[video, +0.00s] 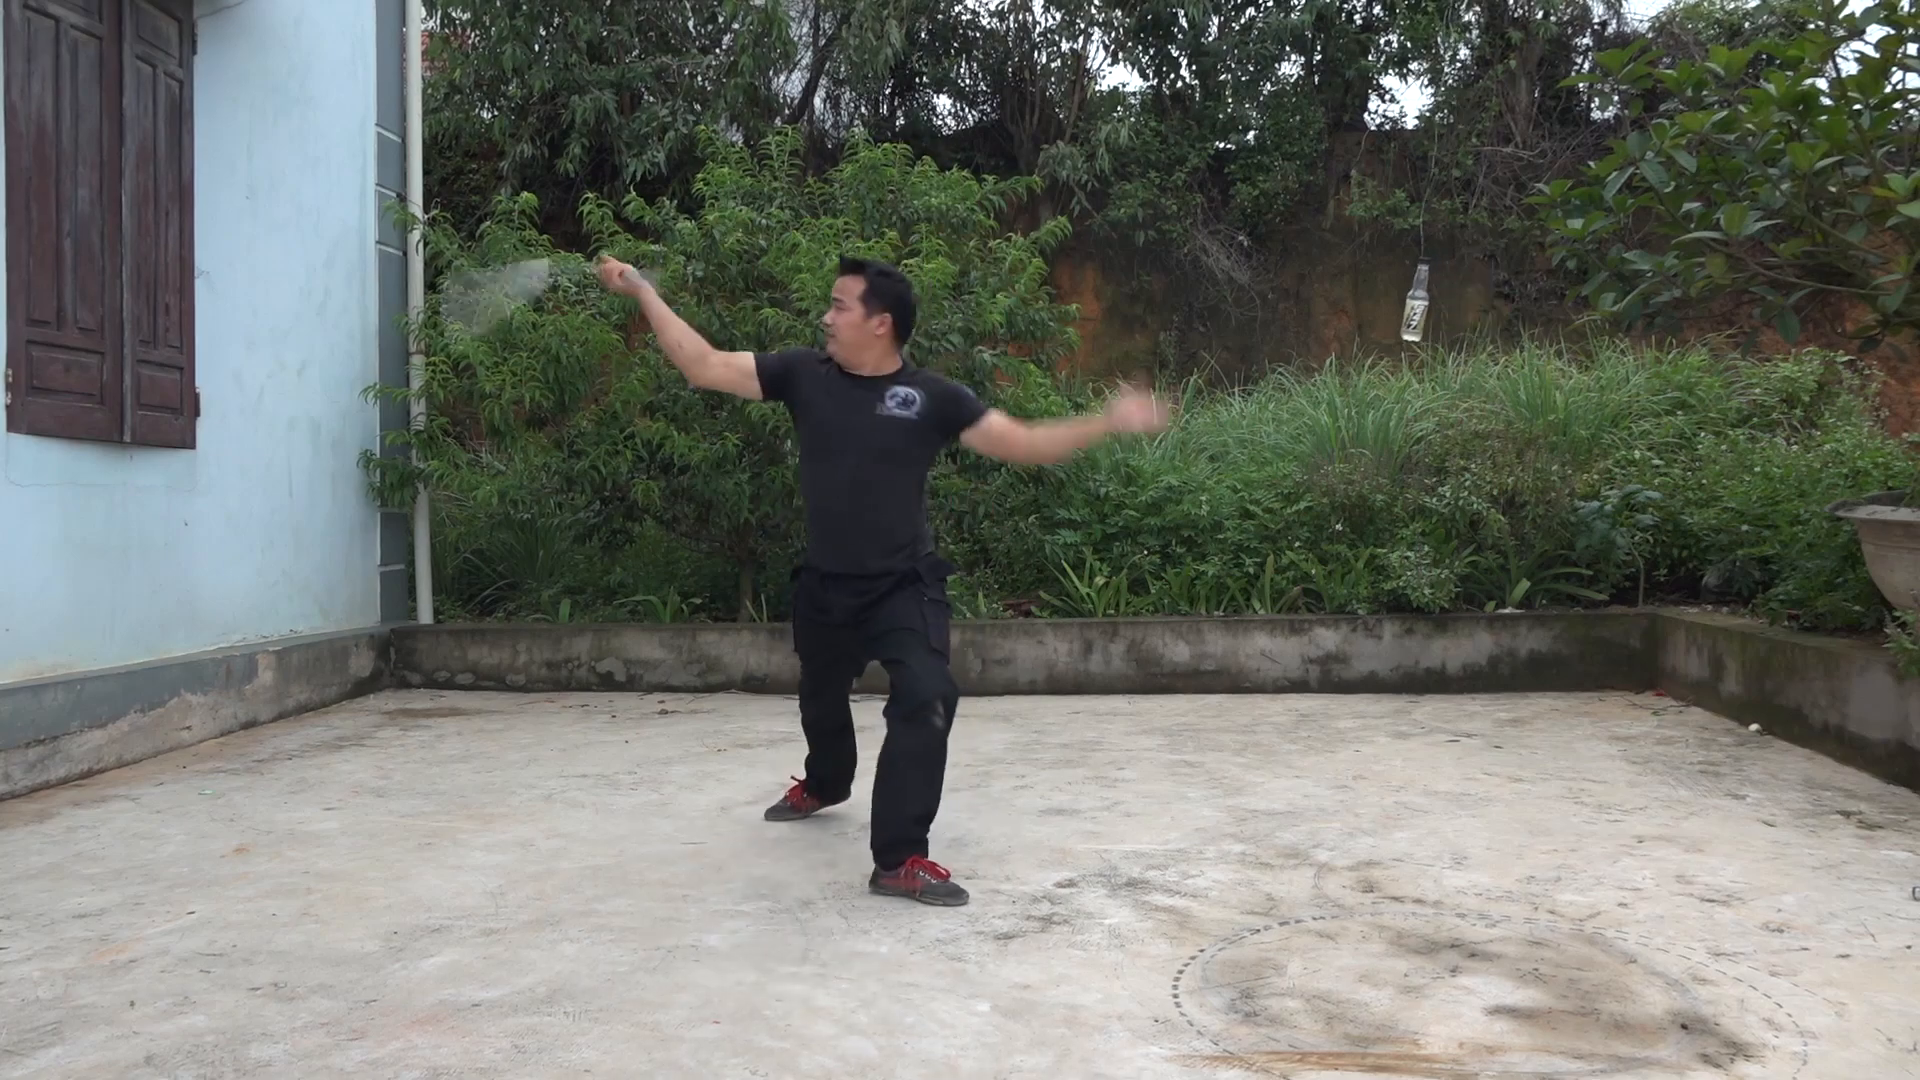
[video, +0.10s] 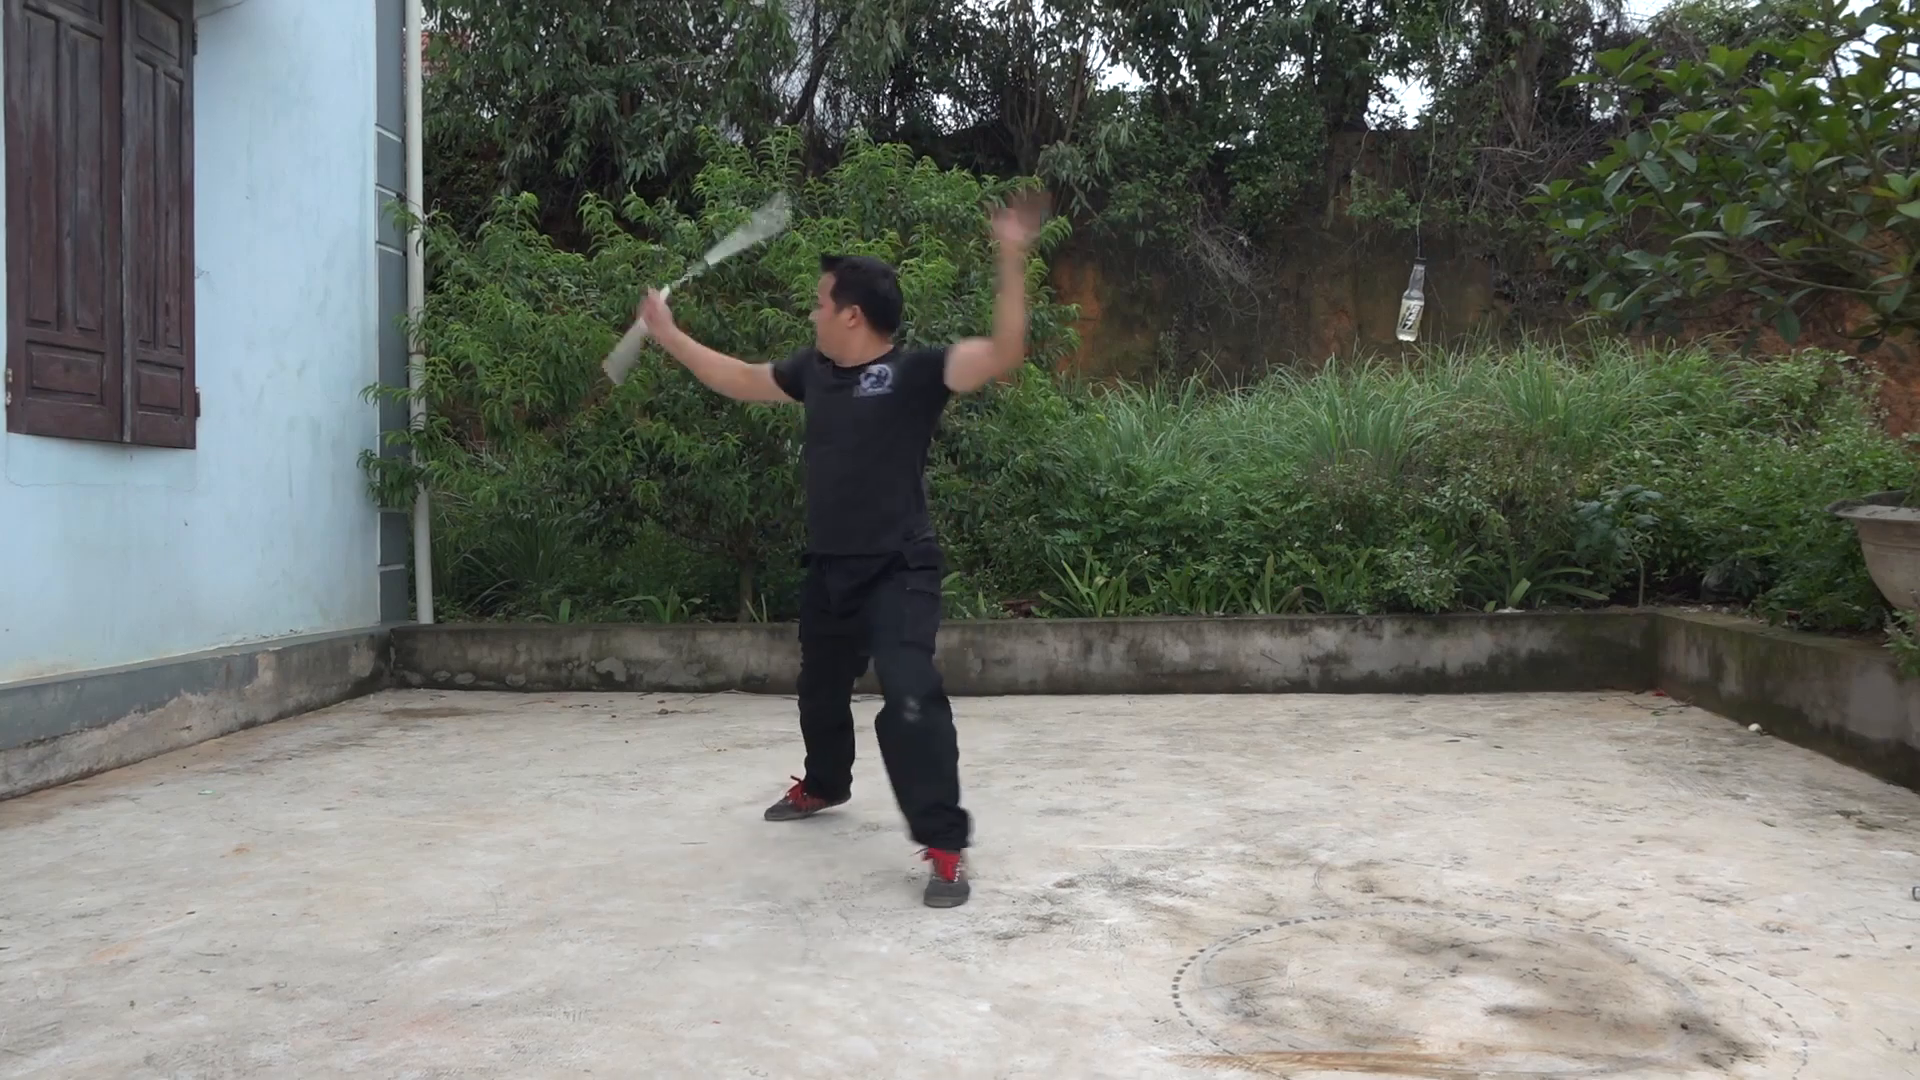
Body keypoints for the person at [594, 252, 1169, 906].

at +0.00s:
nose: (828, 316)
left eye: (841, 307)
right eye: (831, 304)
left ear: (883, 324)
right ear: (864, 321)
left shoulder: (931, 398)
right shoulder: (805, 375)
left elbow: (1023, 441)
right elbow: (705, 365)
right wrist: (644, 295)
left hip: (904, 587)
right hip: (825, 586)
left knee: (926, 699)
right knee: (820, 691)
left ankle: (899, 860)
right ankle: (826, 782)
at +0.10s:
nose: (813, 313)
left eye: (820, 303)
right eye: (815, 303)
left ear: (853, 314)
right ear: (849, 314)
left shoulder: (915, 371)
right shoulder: (814, 371)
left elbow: (1003, 352)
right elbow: (738, 380)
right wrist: (668, 335)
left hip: (901, 571)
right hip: (830, 571)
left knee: (910, 696)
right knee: (821, 690)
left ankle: (945, 848)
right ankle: (824, 784)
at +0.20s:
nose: (820, 333)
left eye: (831, 322)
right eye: (816, 321)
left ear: (867, 326)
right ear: (818, 330)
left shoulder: (895, 386)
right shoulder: (839, 388)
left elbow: (870, 319)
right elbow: (813, 404)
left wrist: (788, 273)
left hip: (905, 569)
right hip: (849, 573)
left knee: (905, 703)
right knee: (816, 688)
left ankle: (983, 849)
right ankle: (829, 788)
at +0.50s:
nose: (831, 358)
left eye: (836, 348)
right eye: (832, 347)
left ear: (860, 350)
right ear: (893, 353)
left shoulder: (851, 395)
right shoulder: (925, 398)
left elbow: (760, 428)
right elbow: (932, 382)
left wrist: (667, 458)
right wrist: (922, 348)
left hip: (882, 572)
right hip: (912, 569)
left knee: (900, 719)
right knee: (835, 681)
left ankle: (984, 853)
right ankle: (832, 793)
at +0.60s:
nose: (831, 359)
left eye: (838, 348)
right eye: (832, 349)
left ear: (874, 349)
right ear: (887, 354)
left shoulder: (856, 392)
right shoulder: (937, 406)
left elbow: (764, 396)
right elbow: (984, 432)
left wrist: (657, 391)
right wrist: (1002, 366)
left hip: (894, 571)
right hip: (910, 569)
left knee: (903, 717)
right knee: (848, 682)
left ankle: (985, 856)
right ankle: (835, 792)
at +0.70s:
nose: (828, 369)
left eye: (837, 357)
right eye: (828, 358)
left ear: (879, 358)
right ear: (885, 363)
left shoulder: (860, 400)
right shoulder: (944, 411)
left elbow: (776, 380)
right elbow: (1011, 454)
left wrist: (684, 336)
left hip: (913, 577)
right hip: (916, 577)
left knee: (901, 719)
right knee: (843, 675)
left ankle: (985, 856)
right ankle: (856, 791)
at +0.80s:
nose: (825, 368)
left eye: (838, 355)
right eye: (821, 357)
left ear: (878, 361)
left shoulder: (874, 405)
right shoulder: (919, 401)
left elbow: (787, 386)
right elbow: (971, 425)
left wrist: (702, 333)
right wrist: (942, 493)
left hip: (939, 575)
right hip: (897, 583)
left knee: (947, 707)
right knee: (839, 688)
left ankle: (988, 851)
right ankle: (862, 793)